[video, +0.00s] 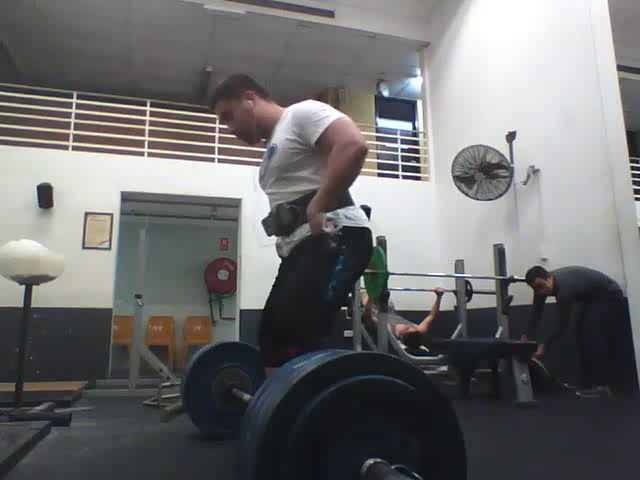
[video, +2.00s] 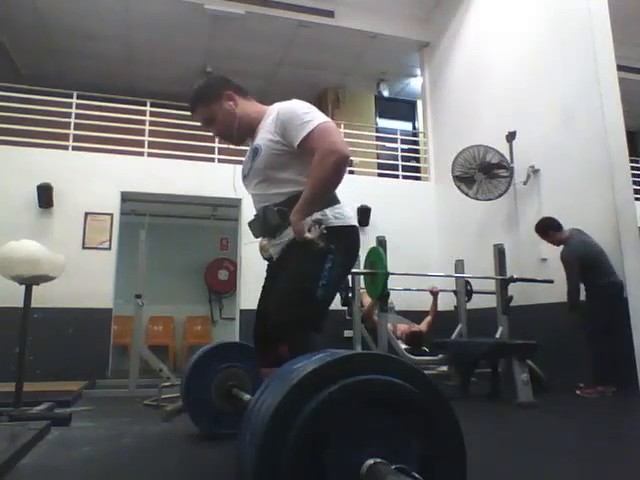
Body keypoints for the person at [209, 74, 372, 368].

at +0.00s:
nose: (228, 129)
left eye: (228, 117)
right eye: (223, 123)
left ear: (250, 99)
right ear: (251, 101)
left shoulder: (301, 113)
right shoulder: (273, 152)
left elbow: (351, 144)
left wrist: (318, 207)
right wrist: (285, 231)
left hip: (333, 238)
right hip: (305, 248)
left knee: (296, 335)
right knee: (273, 335)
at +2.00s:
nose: (214, 133)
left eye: (211, 121)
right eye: (207, 127)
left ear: (230, 100)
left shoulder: (287, 112)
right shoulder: (251, 161)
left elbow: (335, 153)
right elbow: (276, 202)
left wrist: (300, 215)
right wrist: (267, 236)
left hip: (324, 235)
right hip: (290, 247)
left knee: (289, 330)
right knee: (266, 333)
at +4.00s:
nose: (200, 150)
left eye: (196, 139)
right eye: (192, 146)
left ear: (213, 115)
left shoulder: (272, 117)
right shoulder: (238, 168)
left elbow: (322, 158)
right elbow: (270, 212)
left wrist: (295, 225)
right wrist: (264, 245)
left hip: (326, 238)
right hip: (293, 252)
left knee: (292, 334)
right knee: (265, 337)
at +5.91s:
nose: (213, 129)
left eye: (208, 117)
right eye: (205, 123)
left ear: (226, 93)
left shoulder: (285, 103)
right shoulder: (255, 154)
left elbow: (338, 139)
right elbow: (289, 202)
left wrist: (317, 216)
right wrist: (276, 248)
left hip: (335, 228)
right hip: (304, 240)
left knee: (303, 333)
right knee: (278, 331)